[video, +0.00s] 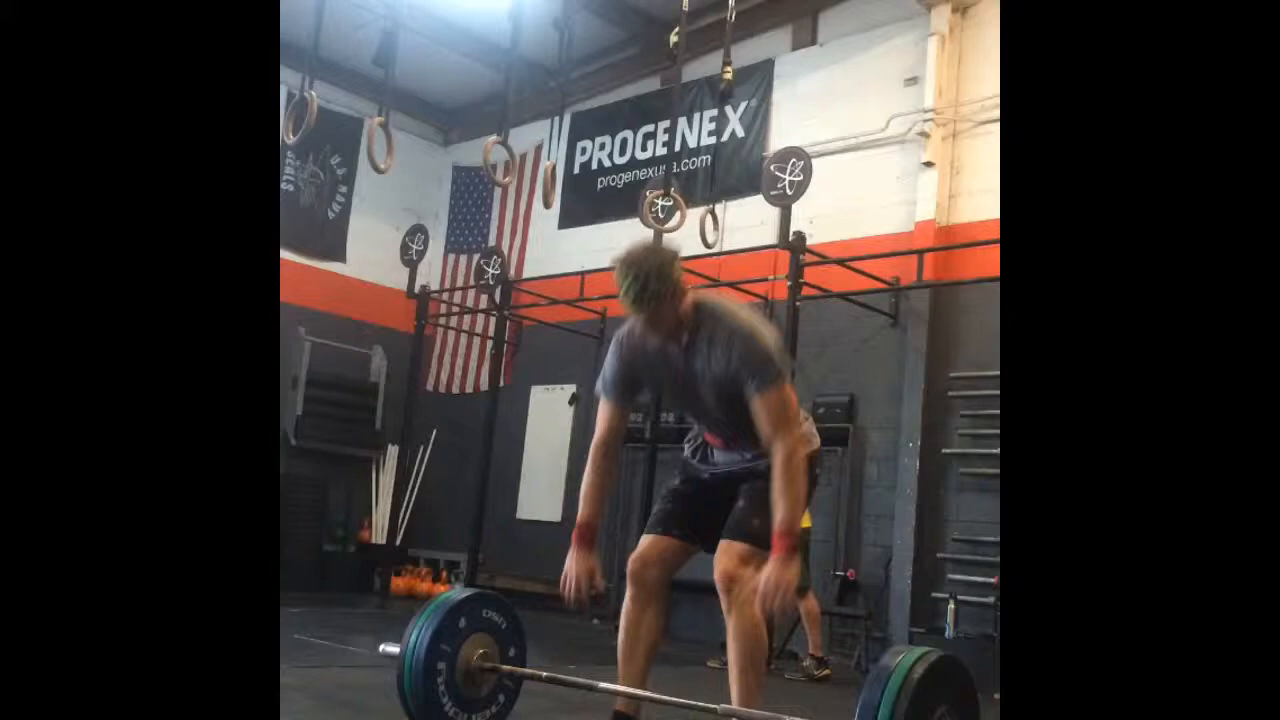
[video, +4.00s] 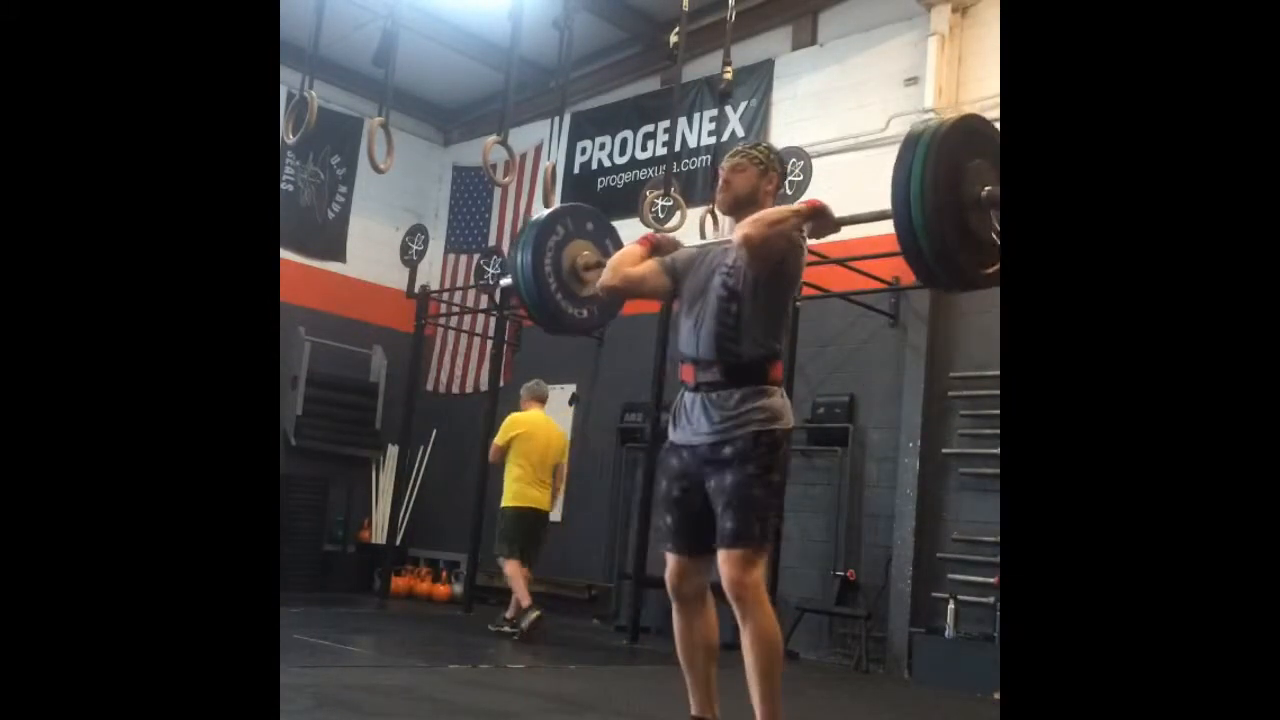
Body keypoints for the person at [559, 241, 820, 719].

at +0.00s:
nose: (654, 325)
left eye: (660, 311)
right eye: (643, 315)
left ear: (682, 291)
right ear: (630, 304)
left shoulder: (742, 336)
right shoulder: (630, 343)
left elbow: (788, 440)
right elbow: (605, 444)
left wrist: (784, 553)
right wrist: (582, 543)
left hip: (776, 458)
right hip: (709, 455)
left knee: (734, 573)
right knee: (645, 565)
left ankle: (745, 716)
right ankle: (626, 709)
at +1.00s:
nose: (593, 454)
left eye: (602, 440)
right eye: (586, 442)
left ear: (637, 426)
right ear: (580, 437)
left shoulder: (704, 470)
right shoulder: (589, 475)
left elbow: (779, 576)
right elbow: (562, 556)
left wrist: (764, 688)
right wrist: (558, 652)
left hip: (775, 515)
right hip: (695, 515)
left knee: (713, 586)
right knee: (606, 579)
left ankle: (745, 712)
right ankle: (622, 712)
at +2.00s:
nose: (611, 331)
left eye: (628, 320)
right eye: (609, 322)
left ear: (663, 334)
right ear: (604, 332)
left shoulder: (707, 411)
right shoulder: (599, 416)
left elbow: (736, 530)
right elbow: (587, 517)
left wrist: (744, 642)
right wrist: (562, 614)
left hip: (763, 494)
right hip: (686, 497)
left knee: (704, 581)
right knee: (608, 578)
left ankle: (735, 711)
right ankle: (622, 713)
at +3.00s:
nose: (672, 243)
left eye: (690, 234)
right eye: (673, 235)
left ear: (721, 255)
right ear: (666, 255)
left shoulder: (736, 329)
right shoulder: (641, 335)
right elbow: (581, 406)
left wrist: (765, 346)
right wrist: (583, 340)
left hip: (699, 499)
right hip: (625, 500)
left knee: (692, 609)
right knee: (511, 603)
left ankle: (749, 716)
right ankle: (539, 707)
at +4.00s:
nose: (724, 172)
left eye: (741, 164)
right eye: (722, 166)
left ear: (772, 184)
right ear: (718, 186)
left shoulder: (775, 242)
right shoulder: (694, 259)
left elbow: (748, 231)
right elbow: (611, 279)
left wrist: (806, 215)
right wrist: (642, 246)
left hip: (749, 417)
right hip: (688, 417)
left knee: (741, 579)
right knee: (684, 580)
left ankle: (767, 714)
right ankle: (703, 713)